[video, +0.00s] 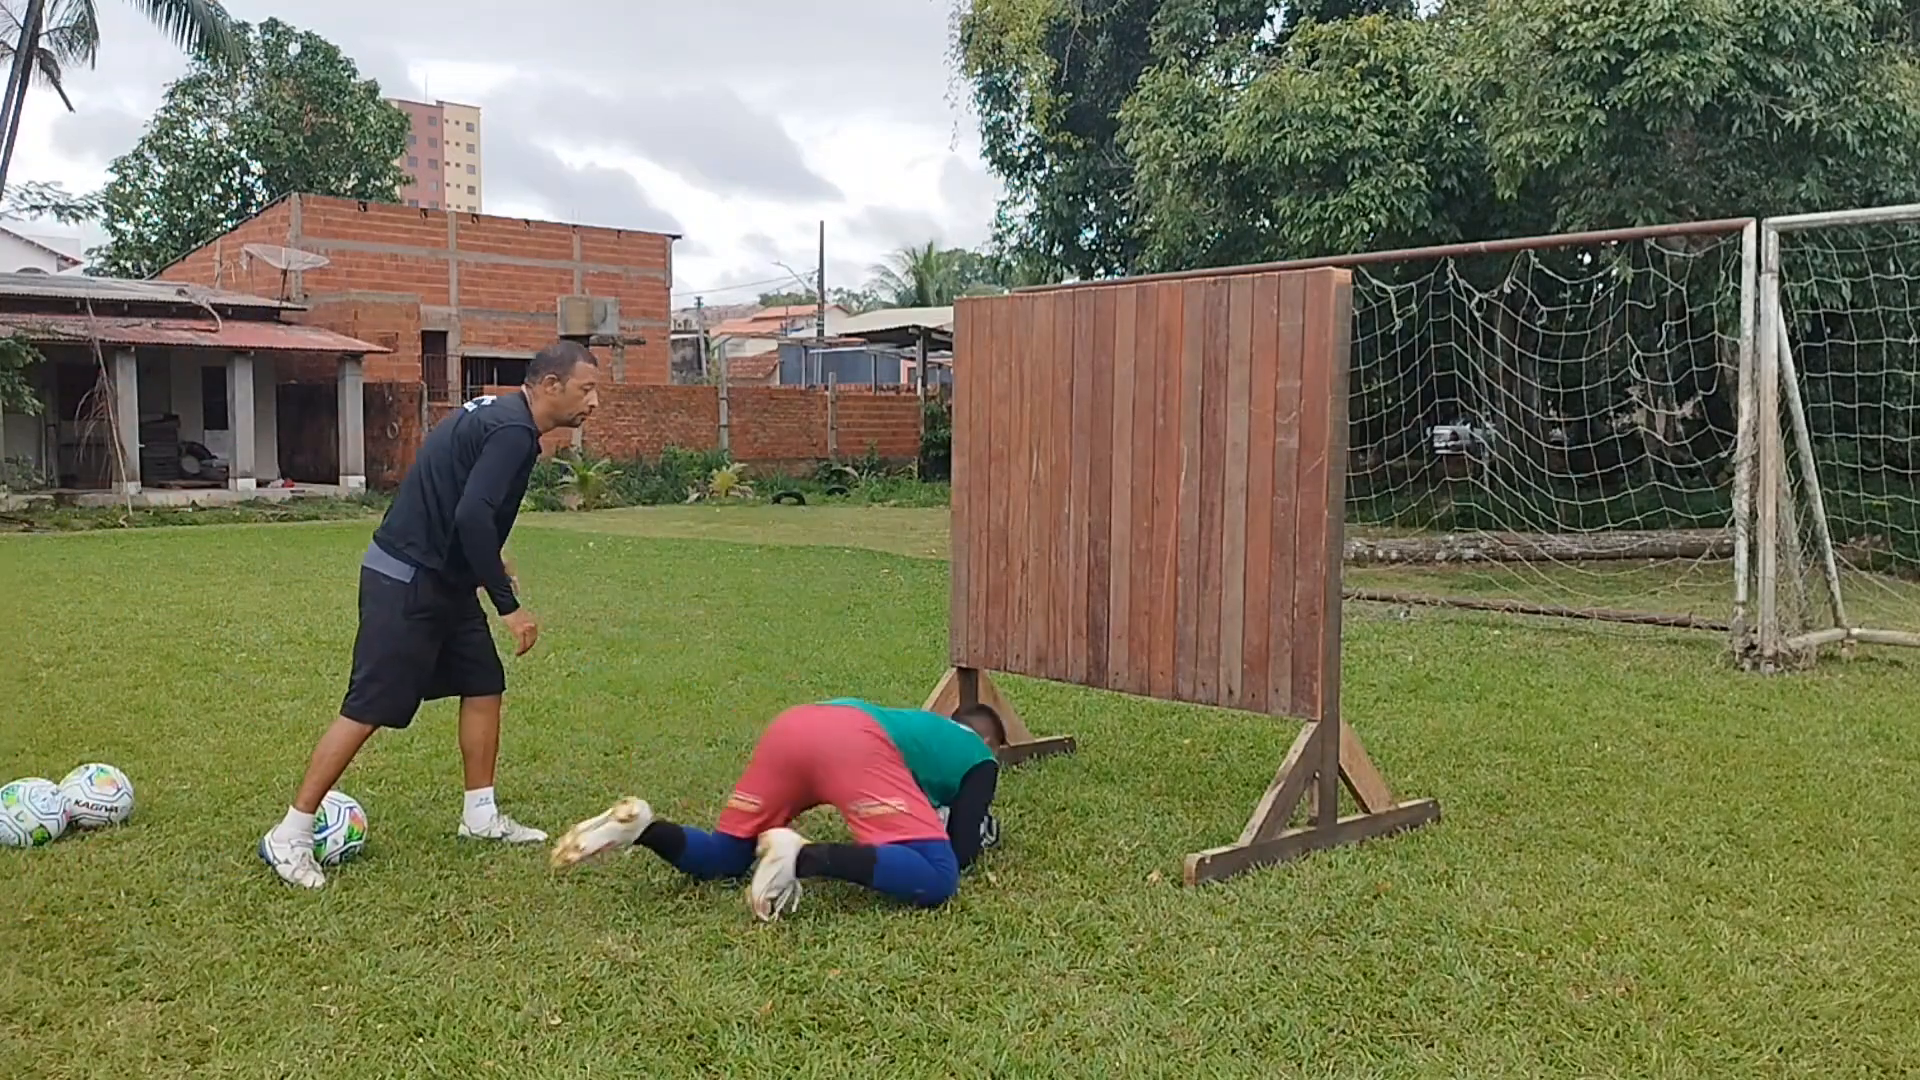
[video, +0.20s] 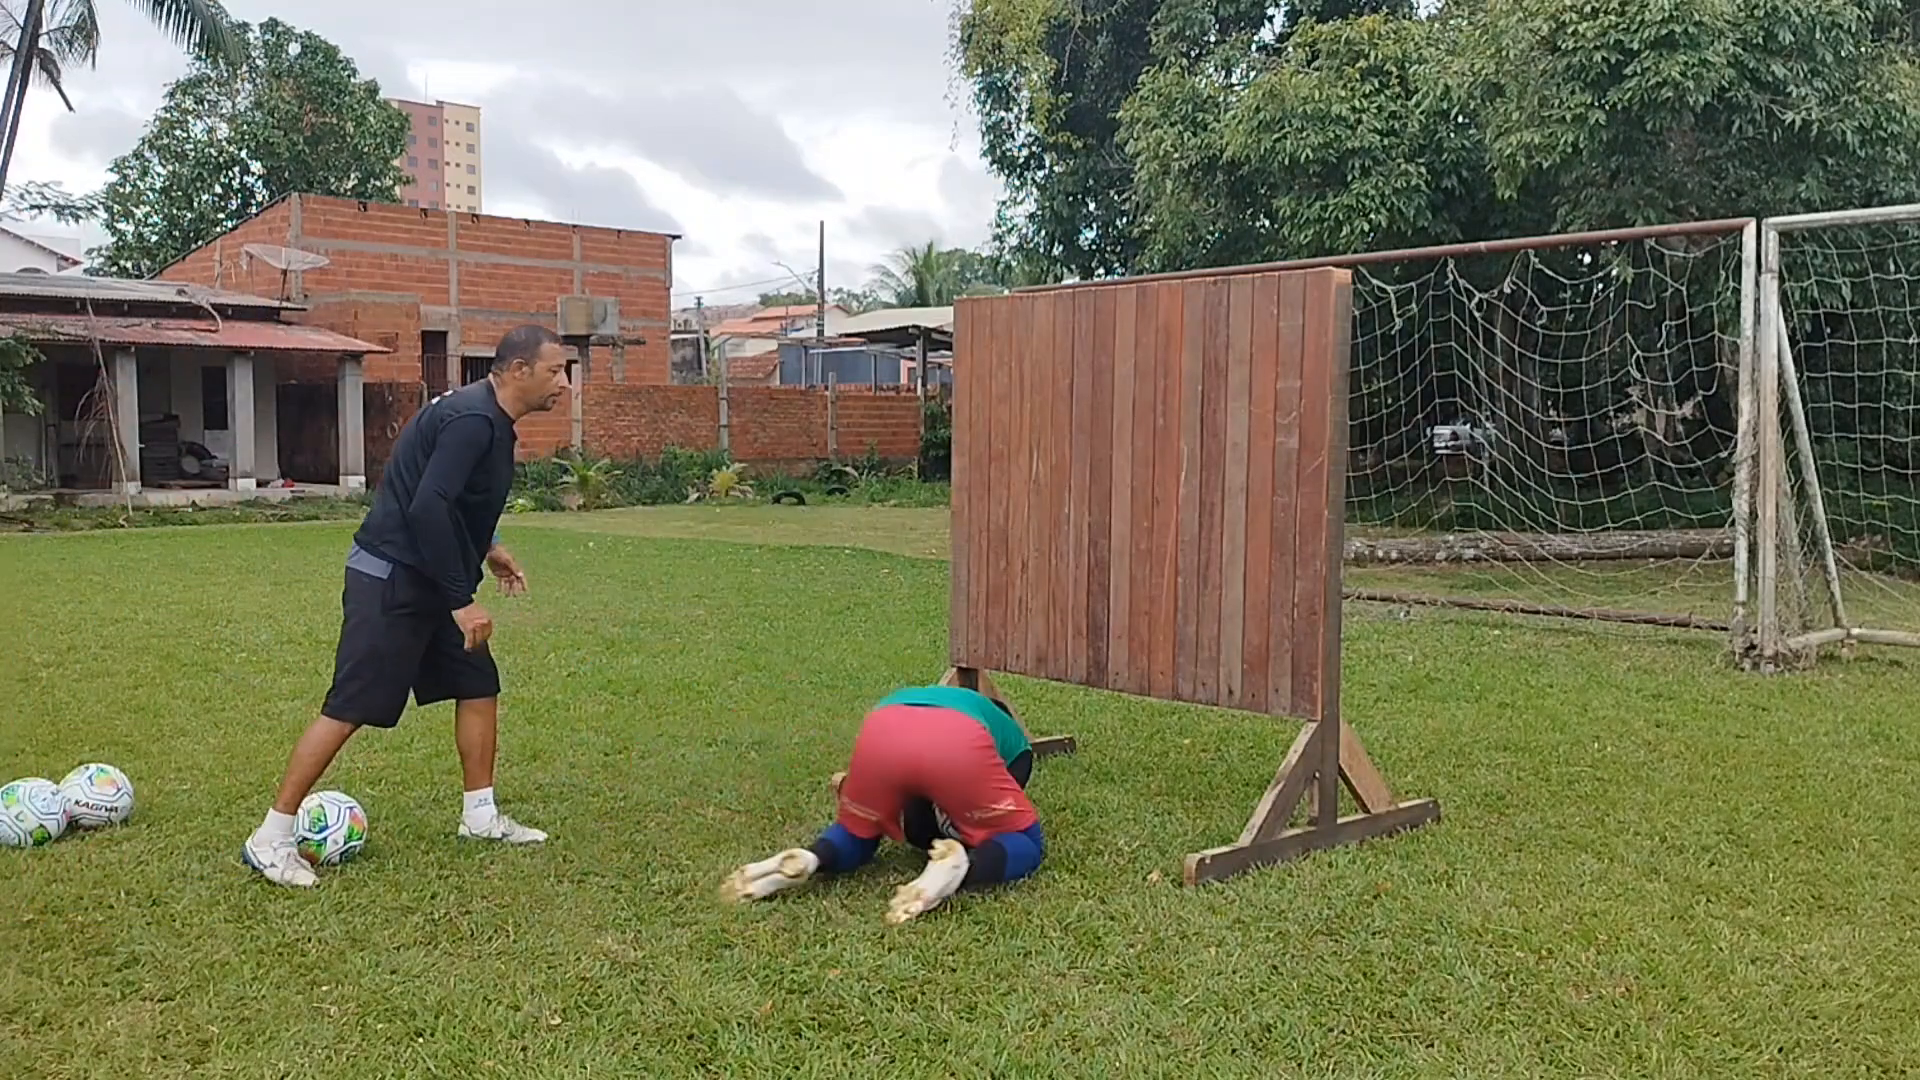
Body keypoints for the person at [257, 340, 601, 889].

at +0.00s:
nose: (592, 402)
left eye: (594, 392)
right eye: (586, 390)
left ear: (546, 388)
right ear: (548, 385)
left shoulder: (504, 417)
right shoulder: (513, 433)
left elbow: (459, 500)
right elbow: (473, 516)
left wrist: (489, 557)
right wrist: (509, 605)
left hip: (447, 580)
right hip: (404, 576)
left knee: (483, 684)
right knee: (370, 704)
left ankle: (480, 817)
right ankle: (290, 834)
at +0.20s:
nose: (565, 384)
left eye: (566, 373)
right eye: (559, 372)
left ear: (520, 371)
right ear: (519, 370)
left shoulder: (493, 423)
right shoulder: (472, 421)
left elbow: (452, 499)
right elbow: (428, 506)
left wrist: (487, 547)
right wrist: (461, 600)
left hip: (430, 581)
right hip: (387, 578)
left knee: (478, 683)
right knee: (350, 705)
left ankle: (481, 816)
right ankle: (273, 836)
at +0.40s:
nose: (498, 366)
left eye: (497, 355)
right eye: (489, 355)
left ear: (454, 360)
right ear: (450, 358)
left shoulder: (441, 419)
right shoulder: (402, 419)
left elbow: (414, 507)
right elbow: (372, 518)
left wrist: (450, 558)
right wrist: (421, 598)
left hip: (410, 589)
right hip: (356, 589)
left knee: (463, 693)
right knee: (321, 719)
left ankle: (478, 818)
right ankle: (249, 852)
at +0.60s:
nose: (426, 345)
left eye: (424, 334)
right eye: (416, 334)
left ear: (380, 342)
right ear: (377, 341)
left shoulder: (372, 407)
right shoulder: (328, 406)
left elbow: (352, 501)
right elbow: (310, 511)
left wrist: (399, 536)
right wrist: (394, 569)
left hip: (363, 589)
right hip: (307, 591)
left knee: (419, 691)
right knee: (271, 721)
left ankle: (453, 815)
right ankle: (241, 856)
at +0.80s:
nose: (378, 329)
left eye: (374, 317)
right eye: (367, 318)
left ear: (333, 328)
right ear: (329, 327)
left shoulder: (334, 398)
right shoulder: (287, 401)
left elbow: (353, 490)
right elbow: (298, 504)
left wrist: (422, 490)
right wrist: (402, 509)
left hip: (348, 586)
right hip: (294, 590)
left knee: (395, 694)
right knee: (274, 720)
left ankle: (398, 825)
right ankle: (241, 856)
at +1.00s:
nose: (351, 323)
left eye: (348, 311)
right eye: (340, 313)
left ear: (305, 323)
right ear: (303, 323)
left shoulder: (308, 387)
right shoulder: (274, 395)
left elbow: (352, 456)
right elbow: (338, 478)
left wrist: (431, 430)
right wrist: (421, 430)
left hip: (336, 578)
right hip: (286, 583)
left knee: (381, 696)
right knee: (273, 719)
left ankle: (398, 825)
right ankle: (241, 856)